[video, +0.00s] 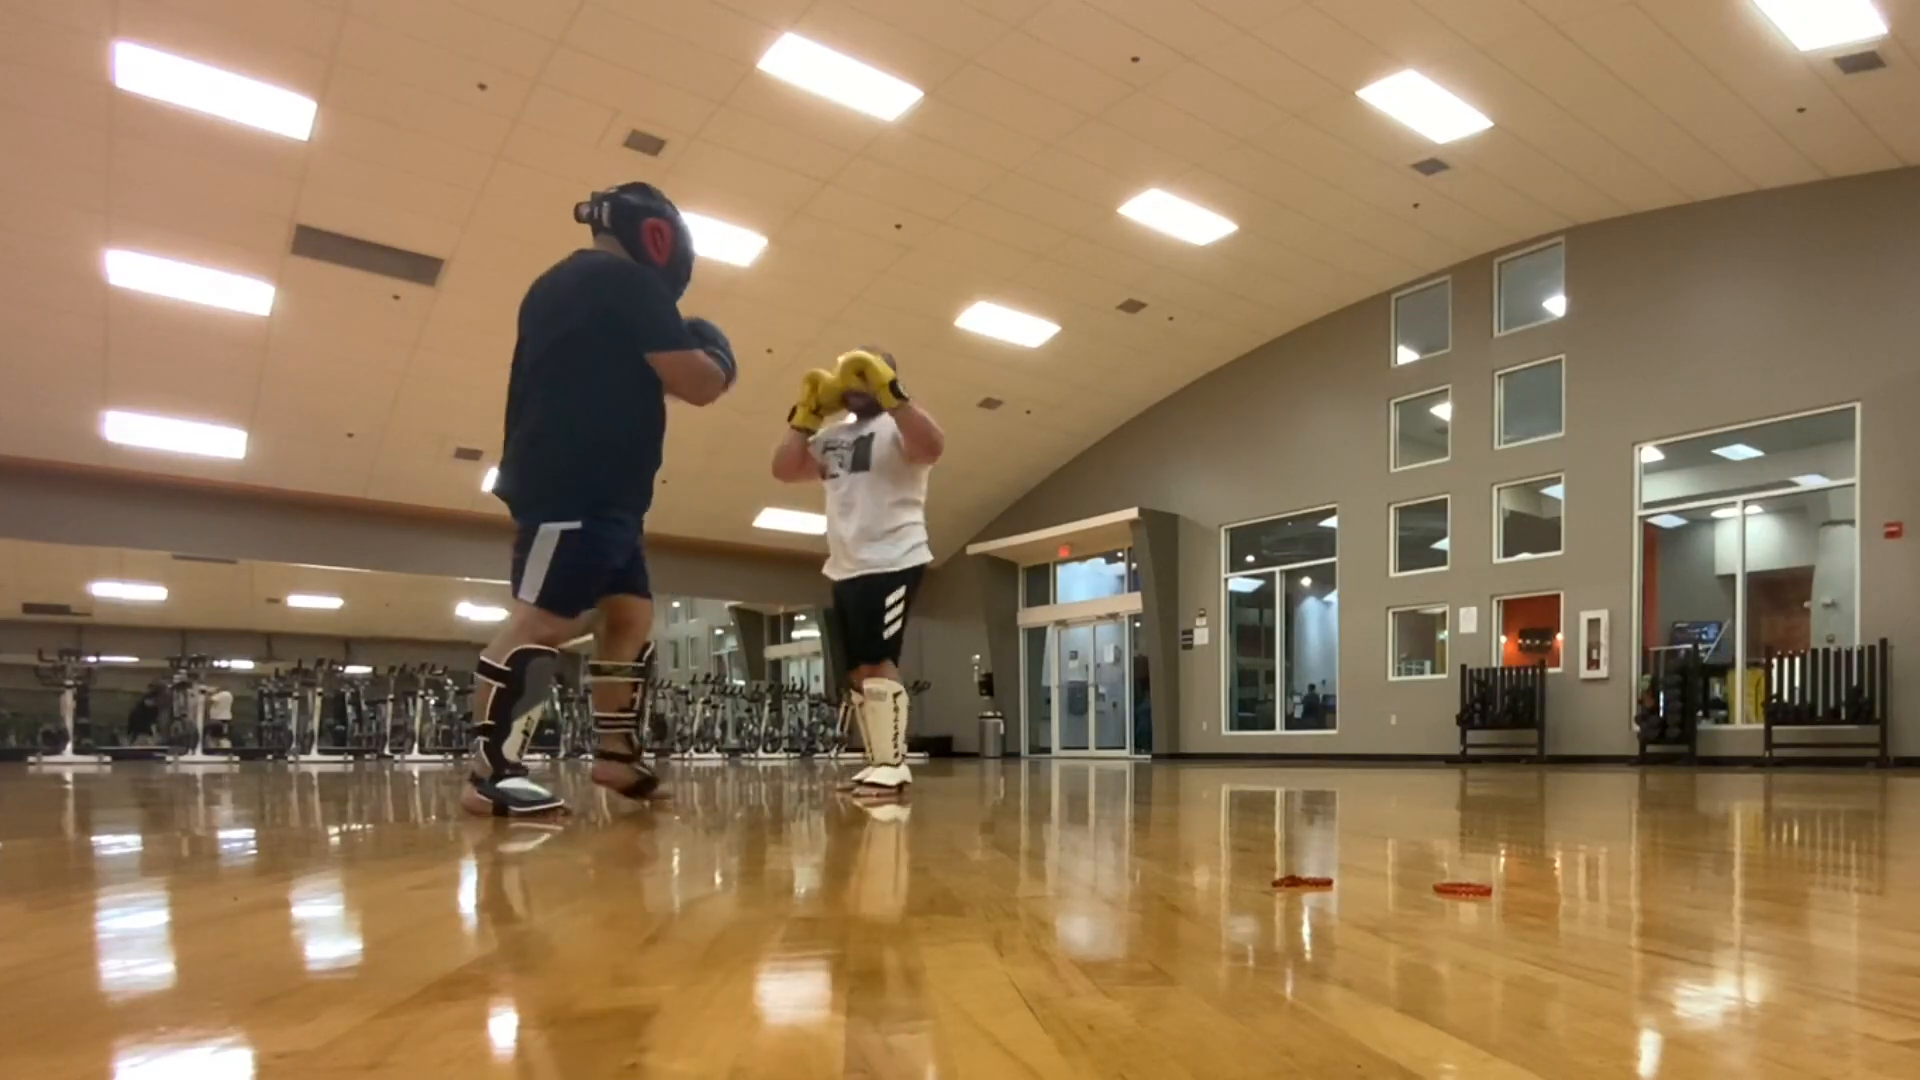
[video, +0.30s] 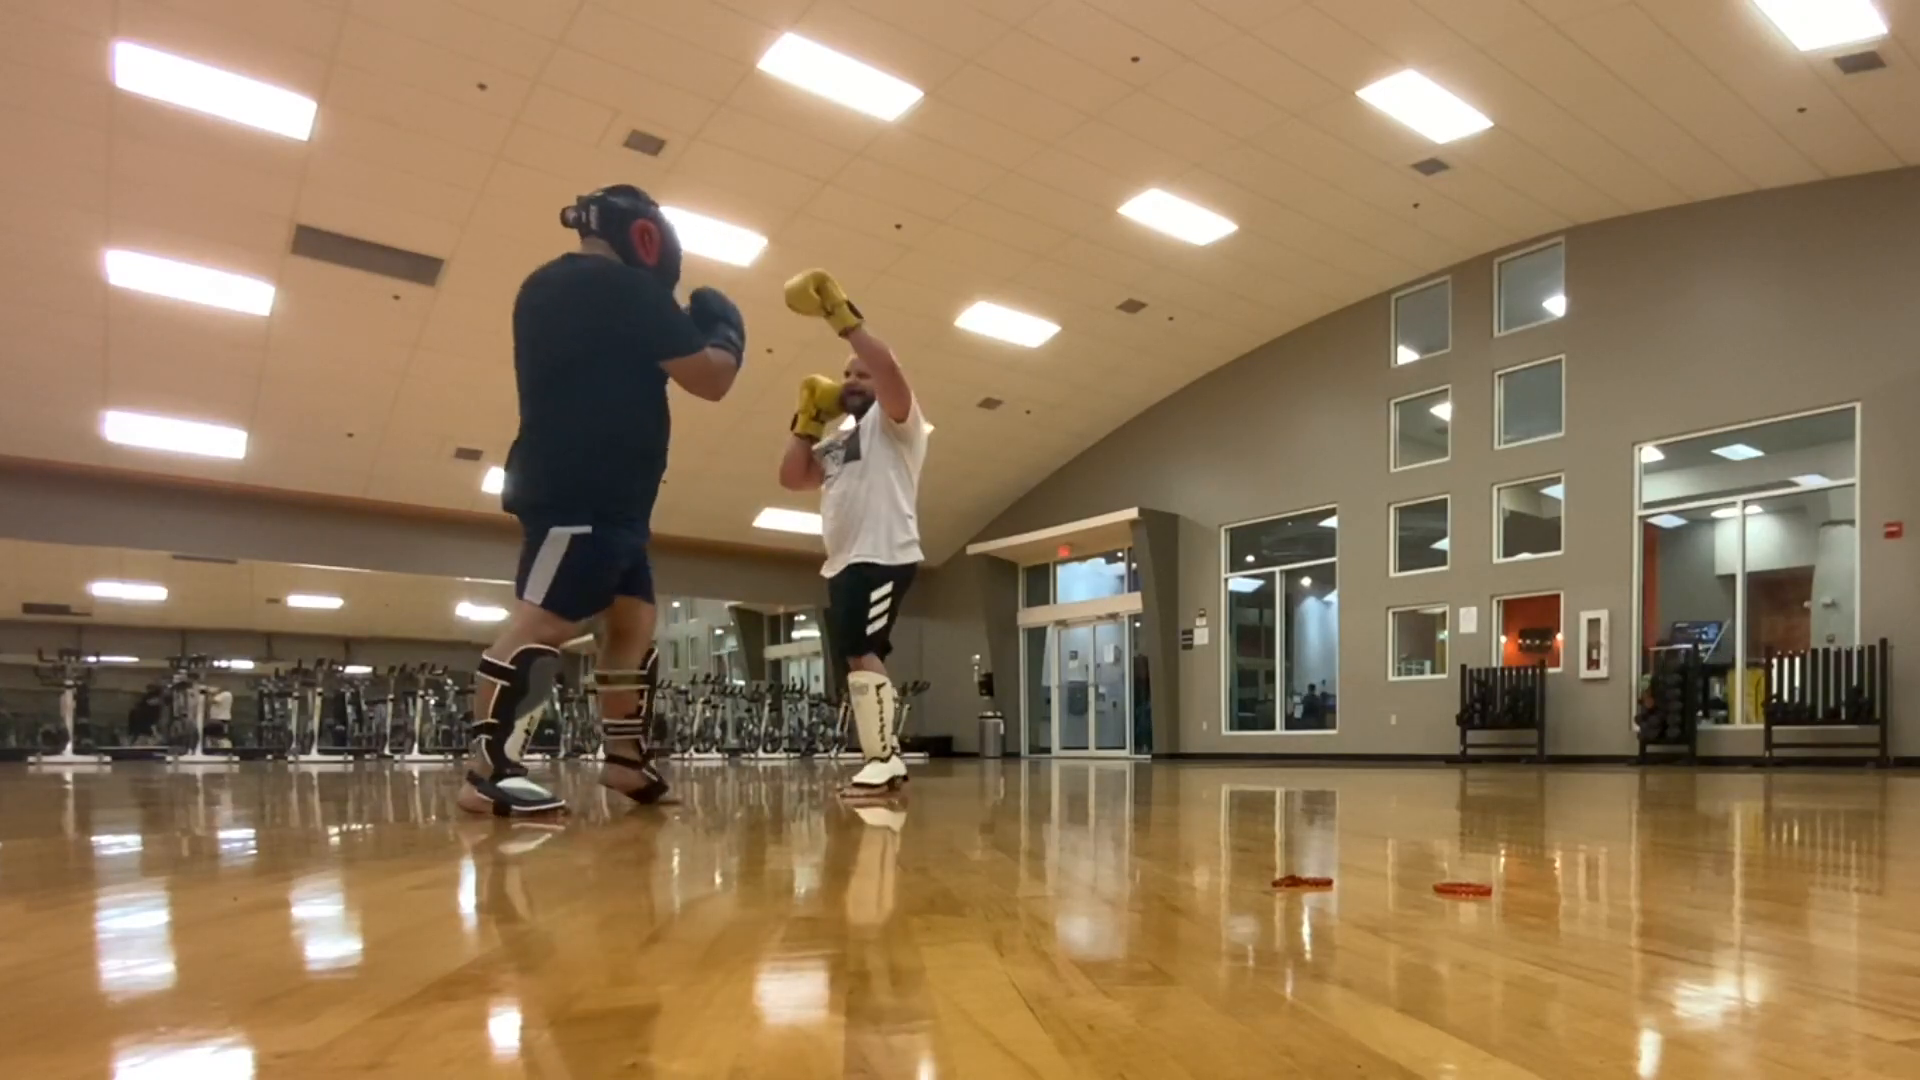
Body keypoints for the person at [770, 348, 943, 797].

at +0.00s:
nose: (856, 386)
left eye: (866, 377)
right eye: (850, 378)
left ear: (886, 385)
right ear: (842, 388)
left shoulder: (901, 425)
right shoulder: (833, 437)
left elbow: (930, 448)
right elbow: (784, 469)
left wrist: (893, 396)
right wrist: (805, 416)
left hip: (893, 559)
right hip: (848, 565)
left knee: (876, 662)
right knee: (858, 669)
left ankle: (891, 767)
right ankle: (879, 764)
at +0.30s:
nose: (851, 381)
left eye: (862, 374)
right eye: (847, 374)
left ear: (882, 384)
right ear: (839, 388)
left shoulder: (895, 424)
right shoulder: (838, 442)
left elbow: (888, 371)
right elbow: (793, 479)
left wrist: (845, 319)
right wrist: (806, 424)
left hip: (883, 550)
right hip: (845, 558)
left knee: (861, 654)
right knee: (856, 660)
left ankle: (882, 759)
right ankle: (878, 760)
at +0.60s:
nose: (846, 380)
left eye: (856, 374)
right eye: (842, 374)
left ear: (875, 383)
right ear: (834, 386)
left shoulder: (887, 421)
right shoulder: (832, 442)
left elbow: (875, 365)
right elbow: (789, 479)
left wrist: (833, 314)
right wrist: (801, 424)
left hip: (878, 548)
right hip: (841, 556)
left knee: (863, 656)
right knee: (857, 661)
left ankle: (882, 761)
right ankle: (880, 759)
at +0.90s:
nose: (839, 380)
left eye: (849, 375)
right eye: (835, 374)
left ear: (866, 384)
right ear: (828, 387)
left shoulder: (881, 422)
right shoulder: (826, 443)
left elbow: (867, 368)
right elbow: (786, 481)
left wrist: (827, 320)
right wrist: (796, 428)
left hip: (876, 550)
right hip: (836, 559)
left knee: (865, 654)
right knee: (855, 662)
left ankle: (882, 760)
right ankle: (881, 759)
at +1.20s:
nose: (827, 373)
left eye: (837, 367)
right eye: (825, 366)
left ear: (857, 374)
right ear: (821, 377)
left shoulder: (870, 416)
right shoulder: (824, 438)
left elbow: (852, 358)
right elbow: (787, 480)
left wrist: (816, 299)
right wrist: (793, 429)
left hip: (868, 547)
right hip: (839, 554)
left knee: (851, 653)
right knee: (856, 659)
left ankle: (881, 755)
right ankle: (879, 757)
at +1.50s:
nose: (826, 360)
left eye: (835, 350)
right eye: (824, 352)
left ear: (855, 356)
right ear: (827, 364)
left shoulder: (865, 395)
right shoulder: (826, 424)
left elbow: (822, 339)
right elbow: (791, 473)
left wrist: (776, 275)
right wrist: (793, 415)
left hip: (869, 537)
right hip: (839, 544)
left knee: (860, 651)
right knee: (845, 654)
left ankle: (882, 757)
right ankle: (876, 755)